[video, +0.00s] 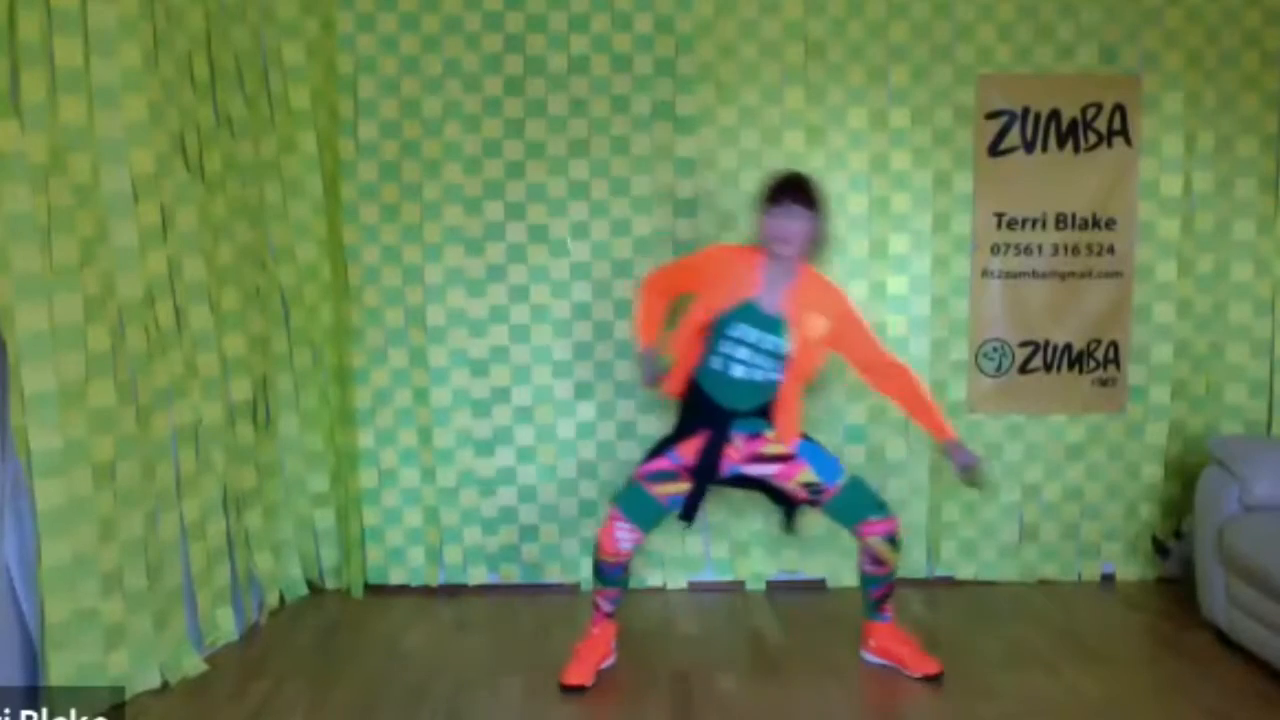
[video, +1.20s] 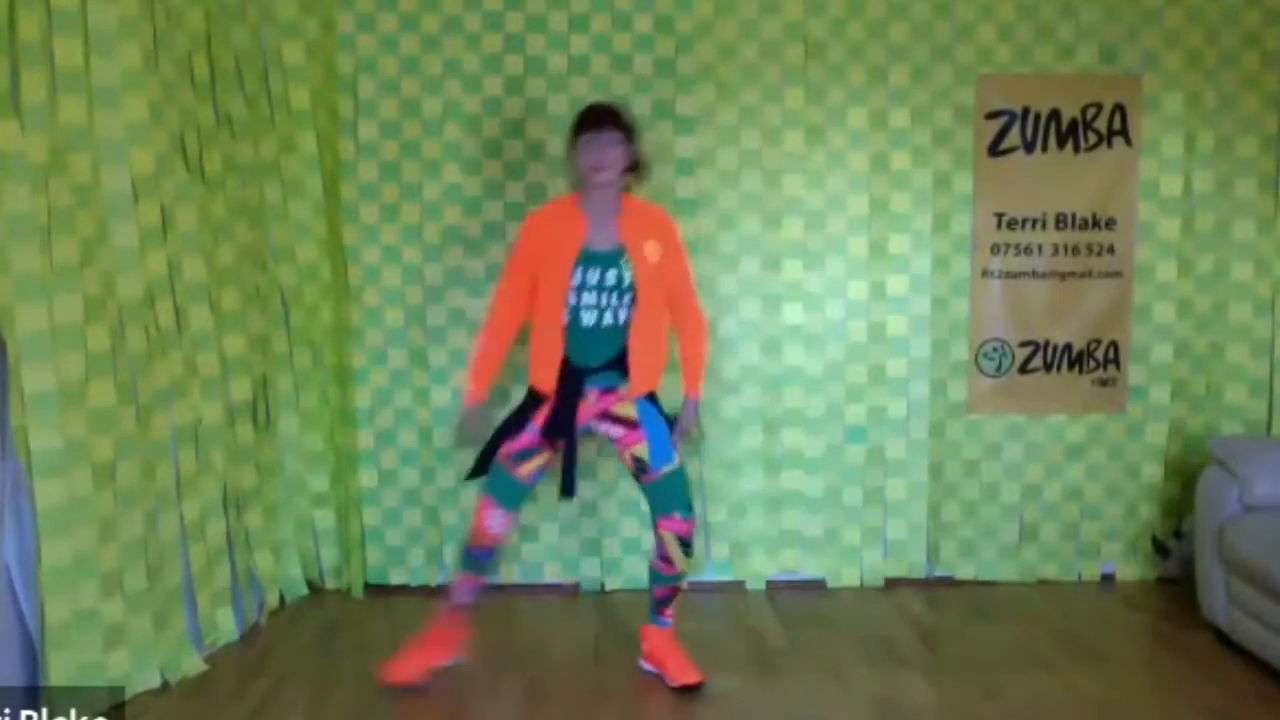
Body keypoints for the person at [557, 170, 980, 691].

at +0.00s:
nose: (786, 228)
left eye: (799, 218)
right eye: (778, 215)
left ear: (816, 230)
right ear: (761, 220)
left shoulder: (824, 303)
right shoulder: (722, 266)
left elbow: (884, 370)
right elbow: (655, 288)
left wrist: (947, 438)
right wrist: (648, 347)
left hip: (774, 445)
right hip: (698, 438)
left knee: (877, 525)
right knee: (617, 535)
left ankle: (881, 631)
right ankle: (600, 634)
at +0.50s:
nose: (741, 202)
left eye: (754, 192)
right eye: (734, 190)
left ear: (771, 201)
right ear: (721, 194)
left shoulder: (786, 260)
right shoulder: (687, 250)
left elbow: (840, 331)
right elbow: (630, 311)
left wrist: (889, 402)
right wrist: (616, 380)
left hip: (754, 409)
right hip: (685, 409)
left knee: (838, 510)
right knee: (626, 512)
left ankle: (880, 629)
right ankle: (589, 632)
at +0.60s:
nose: (672, 171)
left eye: (685, 160)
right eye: (663, 159)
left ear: (705, 165)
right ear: (649, 162)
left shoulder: (732, 221)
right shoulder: (625, 227)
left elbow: (765, 297)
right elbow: (593, 306)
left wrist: (806, 369)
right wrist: (574, 387)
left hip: (718, 375)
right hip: (649, 379)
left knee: (775, 487)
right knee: (612, 496)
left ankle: (834, 620)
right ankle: (588, 629)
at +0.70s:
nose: (647, 143)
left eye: (660, 133)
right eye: (638, 131)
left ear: (679, 144)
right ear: (622, 140)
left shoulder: (705, 201)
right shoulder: (599, 213)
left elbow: (734, 281)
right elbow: (574, 301)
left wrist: (762, 356)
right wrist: (557, 388)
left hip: (701, 360)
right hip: (633, 365)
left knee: (741, 490)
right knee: (611, 504)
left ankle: (771, 622)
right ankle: (588, 627)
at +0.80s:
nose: (627, 137)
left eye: (640, 126)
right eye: (616, 125)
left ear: (657, 134)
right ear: (599, 133)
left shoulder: (683, 195)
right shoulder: (575, 202)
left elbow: (706, 284)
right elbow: (552, 291)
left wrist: (717, 367)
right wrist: (542, 379)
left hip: (685, 362)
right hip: (615, 366)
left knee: (687, 503)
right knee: (606, 506)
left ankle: (682, 629)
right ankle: (586, 629)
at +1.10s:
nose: (634, 140)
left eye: (647, 131)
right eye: (624, 128)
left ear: (664, 145)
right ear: (605, 137)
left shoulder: (675, 217)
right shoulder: (570, 200)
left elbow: (687, 307)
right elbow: (541, 283)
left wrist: (684, 396)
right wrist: (527, 368)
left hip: (639, 365)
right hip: (562, 364)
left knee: (660, 505)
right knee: (537, 501)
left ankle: (657, 632)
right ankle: (543, 617)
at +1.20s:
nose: (602, 156)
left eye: (613, 145)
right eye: (590, 146)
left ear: (631, 156)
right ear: (573, 157)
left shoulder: (654, 226)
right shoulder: (546, 225)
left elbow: (686, 310)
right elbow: (508, 308)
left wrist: (693, 389)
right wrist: (477, 389)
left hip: (626, 390)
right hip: (555, 391)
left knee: (677, 517)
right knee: (495, 502)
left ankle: (659, 634)